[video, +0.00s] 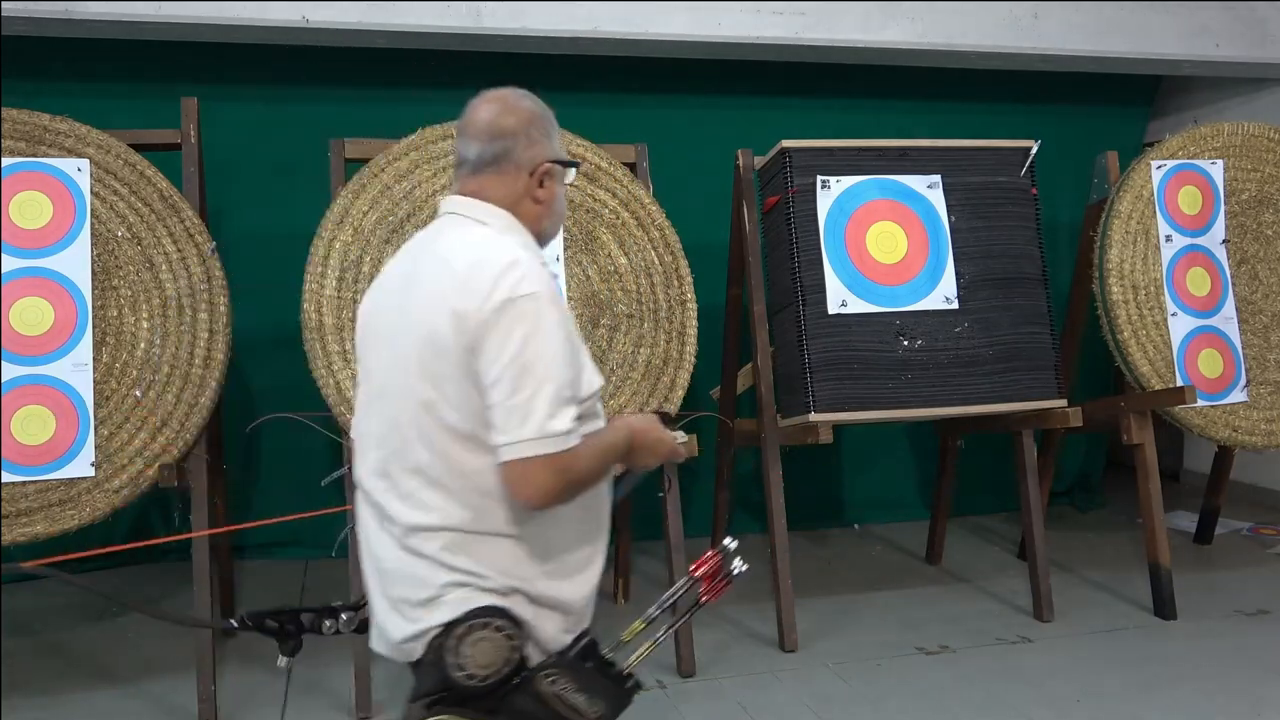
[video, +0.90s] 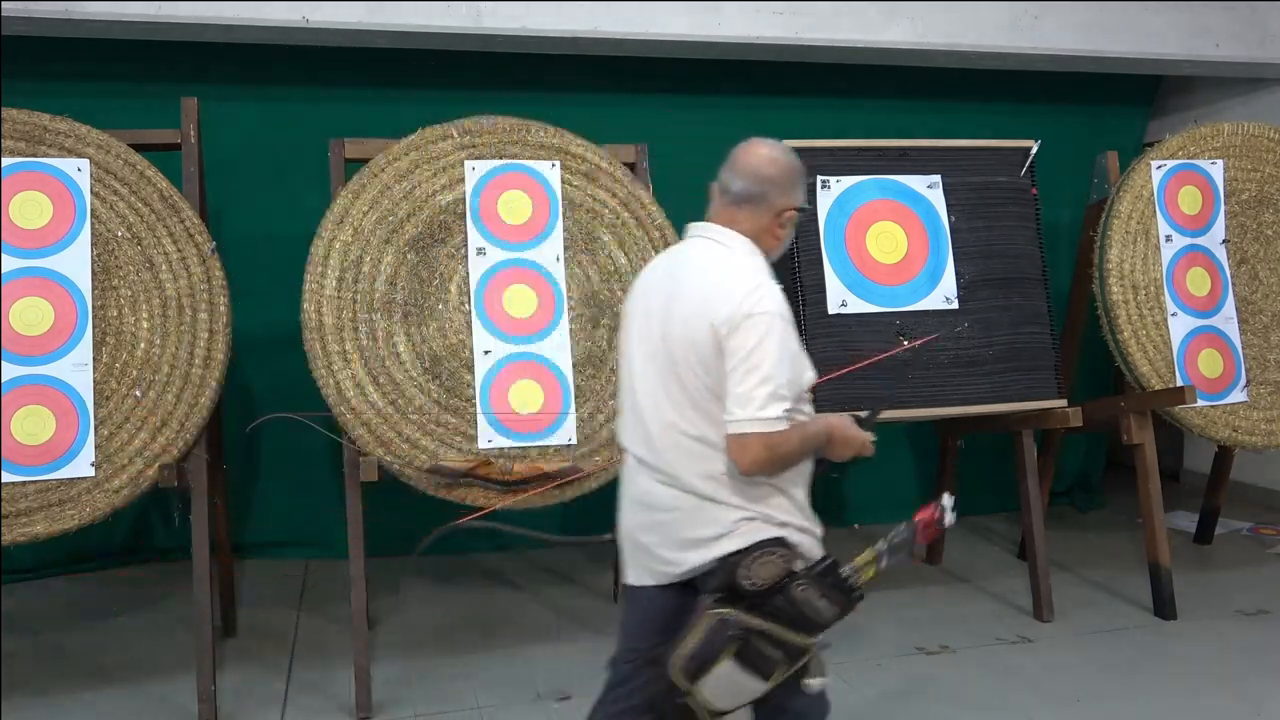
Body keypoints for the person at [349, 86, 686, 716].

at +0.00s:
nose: (563, 196)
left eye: (564, 178)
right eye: (563, 179)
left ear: (463, 173)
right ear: (540, 181)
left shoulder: (405, 267)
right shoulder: (511, 277)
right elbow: (536, 479)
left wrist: (602, 439)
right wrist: (625, 438)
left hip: (417, 608)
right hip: (497, 628)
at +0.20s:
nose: (602, 194)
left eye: (601, 176)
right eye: (600, 175)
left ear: (506, 171)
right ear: (572, 174)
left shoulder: (436, 270)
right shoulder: (577, 266)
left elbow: (400, 436)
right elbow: (609, 441)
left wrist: (403, 543)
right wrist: (672, 409)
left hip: (459, 582)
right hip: (556, 590)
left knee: (488, 711)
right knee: (557, 709)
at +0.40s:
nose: (648, 195)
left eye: (649, 177)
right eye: (645, 176)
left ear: (554, 170)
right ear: (605, 176)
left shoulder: (479, 269)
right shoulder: (614, 260)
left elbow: (449, 443)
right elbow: (637, 428)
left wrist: (484, 533)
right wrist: (699, 403)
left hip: (491, 565)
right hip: (591, 568)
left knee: (526, 709)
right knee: (613, 710)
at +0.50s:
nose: (666, 198)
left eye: (668, 181)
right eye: (666, 180)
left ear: (577, 170)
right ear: (633, 180)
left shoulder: (508, 260)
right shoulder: (632, 265)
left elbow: (477, 425)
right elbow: (649, 428)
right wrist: (714, 407)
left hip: (516, 554)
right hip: (614, 559)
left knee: (538, 710)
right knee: (670, 708)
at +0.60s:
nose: (688, 206)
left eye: (691, 190)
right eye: (690, 189)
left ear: (606, 177)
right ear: (667, 190)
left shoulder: (546, 260)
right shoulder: (654, 267)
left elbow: (533, 409)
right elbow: (664, 429)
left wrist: (688, 398)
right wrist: (733, 415)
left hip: (546, 550)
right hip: (639, 555)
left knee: (552, 705)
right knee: (704, 705)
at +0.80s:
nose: (754, 224)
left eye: (756, 210)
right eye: (755, 211)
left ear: (677, 193)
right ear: (741, 211)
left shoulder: (610, 276)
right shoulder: (715, 288)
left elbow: (606, 424)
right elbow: (715, 444)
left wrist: (749, 408)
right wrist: (789, 430)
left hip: (610, 560)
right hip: (708, 567)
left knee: (593, 705)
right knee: (766, 707)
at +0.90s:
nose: (792, 229)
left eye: (793, 216)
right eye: (794, 217)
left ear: (715, 197)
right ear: (782, 218)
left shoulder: (656, 273)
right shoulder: (754, 297)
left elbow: (653, 411)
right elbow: (754, 451)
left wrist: (782, 411)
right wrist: (823, 432)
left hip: (653, 533)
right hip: (745, 545)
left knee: (634, 693)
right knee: (791, 701)